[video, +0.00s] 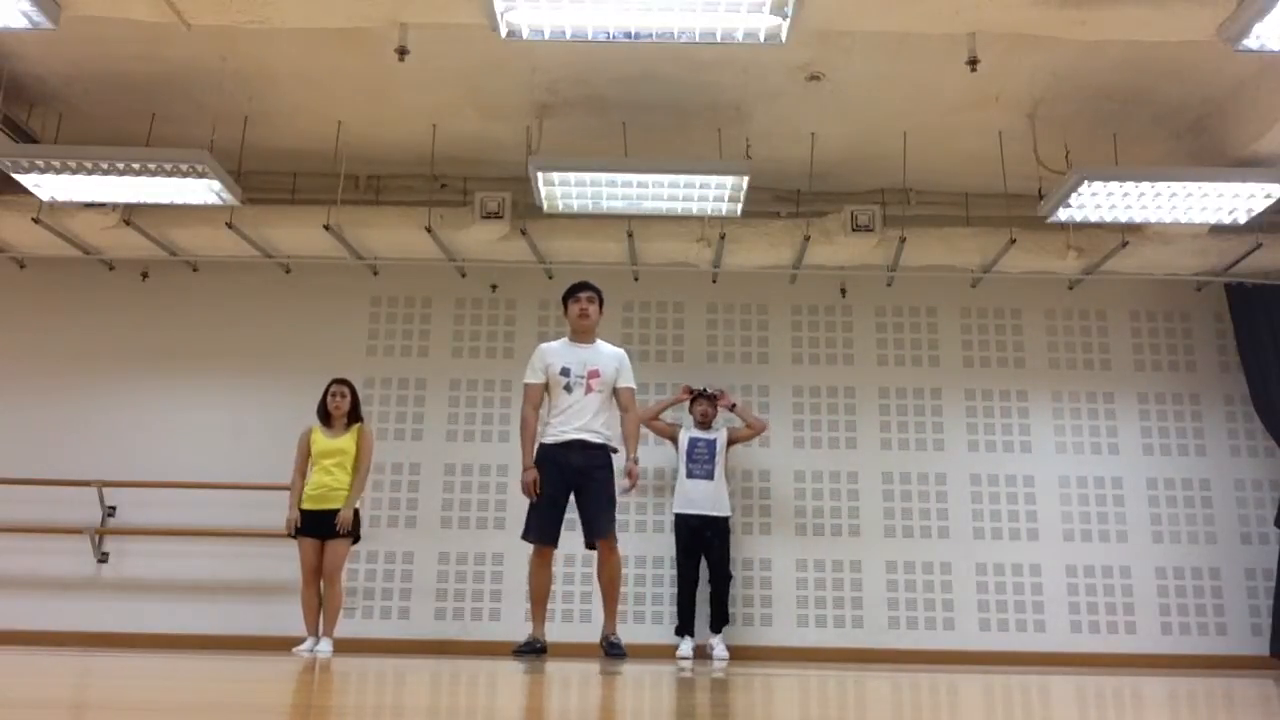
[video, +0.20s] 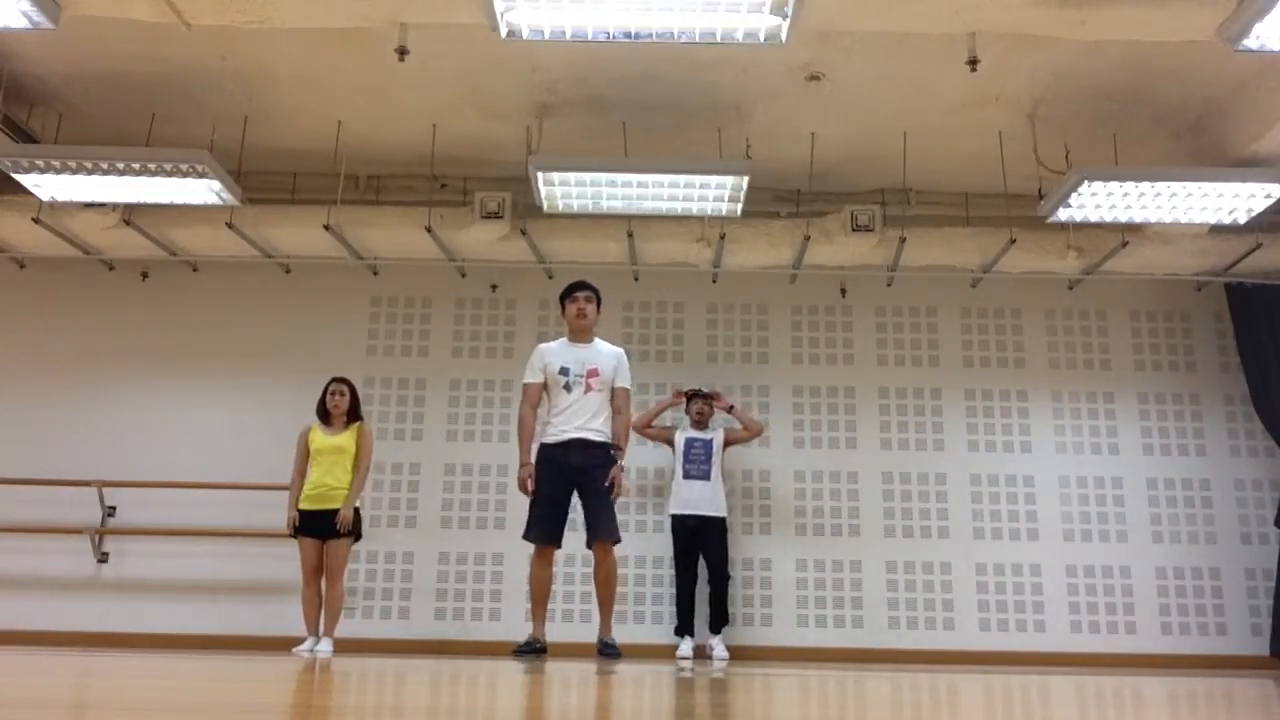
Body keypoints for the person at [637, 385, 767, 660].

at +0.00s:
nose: (703, 413)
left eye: (708, 408)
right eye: (698, 408)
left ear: (715, 411)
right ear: (691, 411)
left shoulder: (724, 436)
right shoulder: (680, 434)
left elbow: (759, 427)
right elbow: (645, 418)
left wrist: (731, 405)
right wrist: (675, 399)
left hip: (716, 515)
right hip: (687, 514)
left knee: (720, 578)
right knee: (687, 578)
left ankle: (716, 636)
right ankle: (686, 638)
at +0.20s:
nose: (700, 410)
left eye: (704, 406)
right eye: (695, 406)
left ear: (712, 411)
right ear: (687, 410)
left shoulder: (720, 436)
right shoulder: (676, 435)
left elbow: (755, 429)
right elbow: (638, 425)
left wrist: (729, 407)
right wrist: (669, 402)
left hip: (713, 515)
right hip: (683, 515)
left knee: (720, 577)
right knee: (685, 578)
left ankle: (715, 636)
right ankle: (685, 638)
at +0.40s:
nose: (698, 407)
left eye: (702, 404)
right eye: (693, 403)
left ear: (709, 409)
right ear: (684, 409)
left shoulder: (719, 437)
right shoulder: (674, 436)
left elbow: (756, 432)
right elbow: (636, 436)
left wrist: (731, 409)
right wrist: (651, 408)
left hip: (711, 516)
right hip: (681, 516)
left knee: (713, 578)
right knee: (684, 580)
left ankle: (714, 638)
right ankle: (685, 638)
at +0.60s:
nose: (694, 408)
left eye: (699, 404)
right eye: (689, 404)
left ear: (706, 409)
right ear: (682, 410)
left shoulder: (717, 438)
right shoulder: (671, 436)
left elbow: (754, 450)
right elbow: (642, 453)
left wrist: (745, 420)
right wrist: (631, 430)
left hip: (709, 518)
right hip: (679, 517)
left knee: (712, 579)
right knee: (683, 581)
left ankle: (714, 638)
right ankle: (685, 639)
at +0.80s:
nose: (693, 410)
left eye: (698, 406)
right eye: (688, 406)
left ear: (705, 411)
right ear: (681, 411)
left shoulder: (717, 443)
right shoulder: (669, 441)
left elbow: (727, 478)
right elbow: (654, 476)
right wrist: (639, 491)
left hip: (707, 520)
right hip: (677, 518)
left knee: (709, 579)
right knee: (681, 581)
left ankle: (712, 636)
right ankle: (685, 638)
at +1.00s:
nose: (692, 414)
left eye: (696, 409)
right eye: (687, 409)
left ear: (704, 411)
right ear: (680, 411)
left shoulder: (717, 442)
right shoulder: (667, 442)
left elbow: (718, 480)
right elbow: (669, 479)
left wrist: (712, 506)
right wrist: (674, 505)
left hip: (707, 516)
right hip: (678, 515)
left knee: (712, 576)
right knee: (681, 578)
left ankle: (715, 635)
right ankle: (685, 637)